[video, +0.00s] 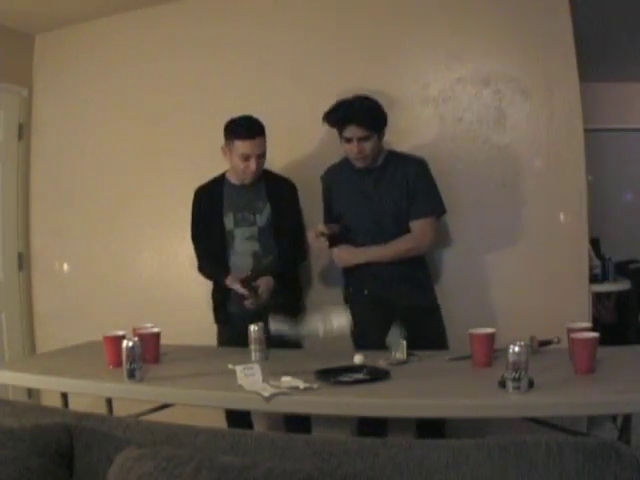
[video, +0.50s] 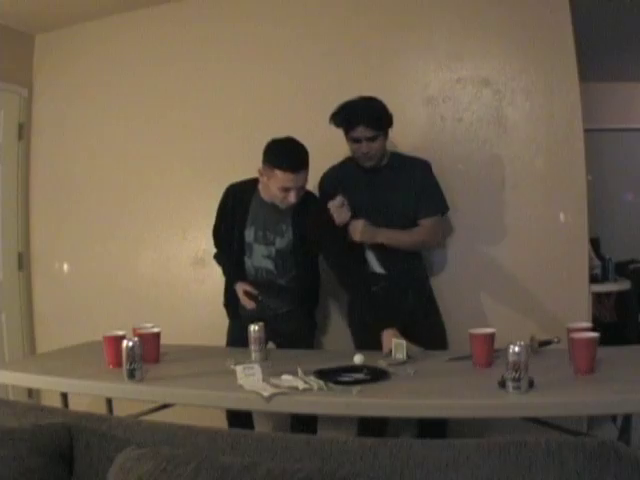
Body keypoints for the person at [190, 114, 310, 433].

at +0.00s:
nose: (253, 166)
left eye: (260, 157)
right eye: (245, 158)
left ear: (266, 151)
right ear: (226, 152)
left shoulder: (283, 189)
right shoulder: (207, 195)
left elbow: (295, 247)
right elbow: (205, 256)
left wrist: (273, 277)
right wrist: (227, 278)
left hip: (279, 305)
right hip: (233, 308)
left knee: (290, 386)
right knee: (235, 390)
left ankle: (299, 459)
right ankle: (241, 459)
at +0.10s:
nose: (257, 174)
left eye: (262, 165)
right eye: (248, 167)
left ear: (268, 156)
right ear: (228, 160)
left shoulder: (286, 192)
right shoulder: (209, 199)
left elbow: (298, 250)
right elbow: (210, 259)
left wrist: (285, 285)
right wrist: (233, 282)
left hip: (281, 304)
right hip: (235, 306)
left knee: (290, 384)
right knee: (235, 387)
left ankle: (299, 458)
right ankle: (241, 458)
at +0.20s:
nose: (265, 180)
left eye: (271, 171)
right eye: (257, 174)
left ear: (277, 160)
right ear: (236, 165)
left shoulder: (294, 196)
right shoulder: (216, 198)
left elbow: (309, 250)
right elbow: (214, 255)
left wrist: (313, 290)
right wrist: (234, 281)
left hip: (287, 303)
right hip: (240, 306)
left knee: (293, 383)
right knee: (238, 383)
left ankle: (299, 455)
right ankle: (242, 454)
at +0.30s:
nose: (278, 188)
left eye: (284, 179)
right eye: (270, 181)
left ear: (290, 167)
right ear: (248, 170)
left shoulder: (304, 202)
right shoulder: (225, 198)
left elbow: (327, 262)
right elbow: (217, 252)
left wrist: (355, 307)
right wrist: (235, 281)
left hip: (292, 314)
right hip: (243, 314)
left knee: (297, 395)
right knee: (238, 394)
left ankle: (302, 465)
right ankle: (242, 463)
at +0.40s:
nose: (288, 195)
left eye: (295, 185)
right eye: (279, 187)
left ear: (301, 172)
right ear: (258, 173)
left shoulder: (309, 206)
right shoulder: (232, 197)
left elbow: (340, 266)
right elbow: (221, 249)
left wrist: (371, 320)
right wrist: (236, 281)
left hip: (294, 318)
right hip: (245, 317)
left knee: (298, 400)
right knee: (236, 397)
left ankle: (302, 469)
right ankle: (239, 466)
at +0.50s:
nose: (294, 198)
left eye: (300, 189)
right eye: (285, 190)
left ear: (306, 177)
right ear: (263, 175)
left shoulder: (311, 208)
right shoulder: (236, 197)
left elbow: (343, 264)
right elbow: (223, 244)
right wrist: (235, 280)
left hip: (295, 317)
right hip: (246, 315)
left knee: (299, 398)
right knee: (235, 394)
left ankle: (301, 464)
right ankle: (242, 460)